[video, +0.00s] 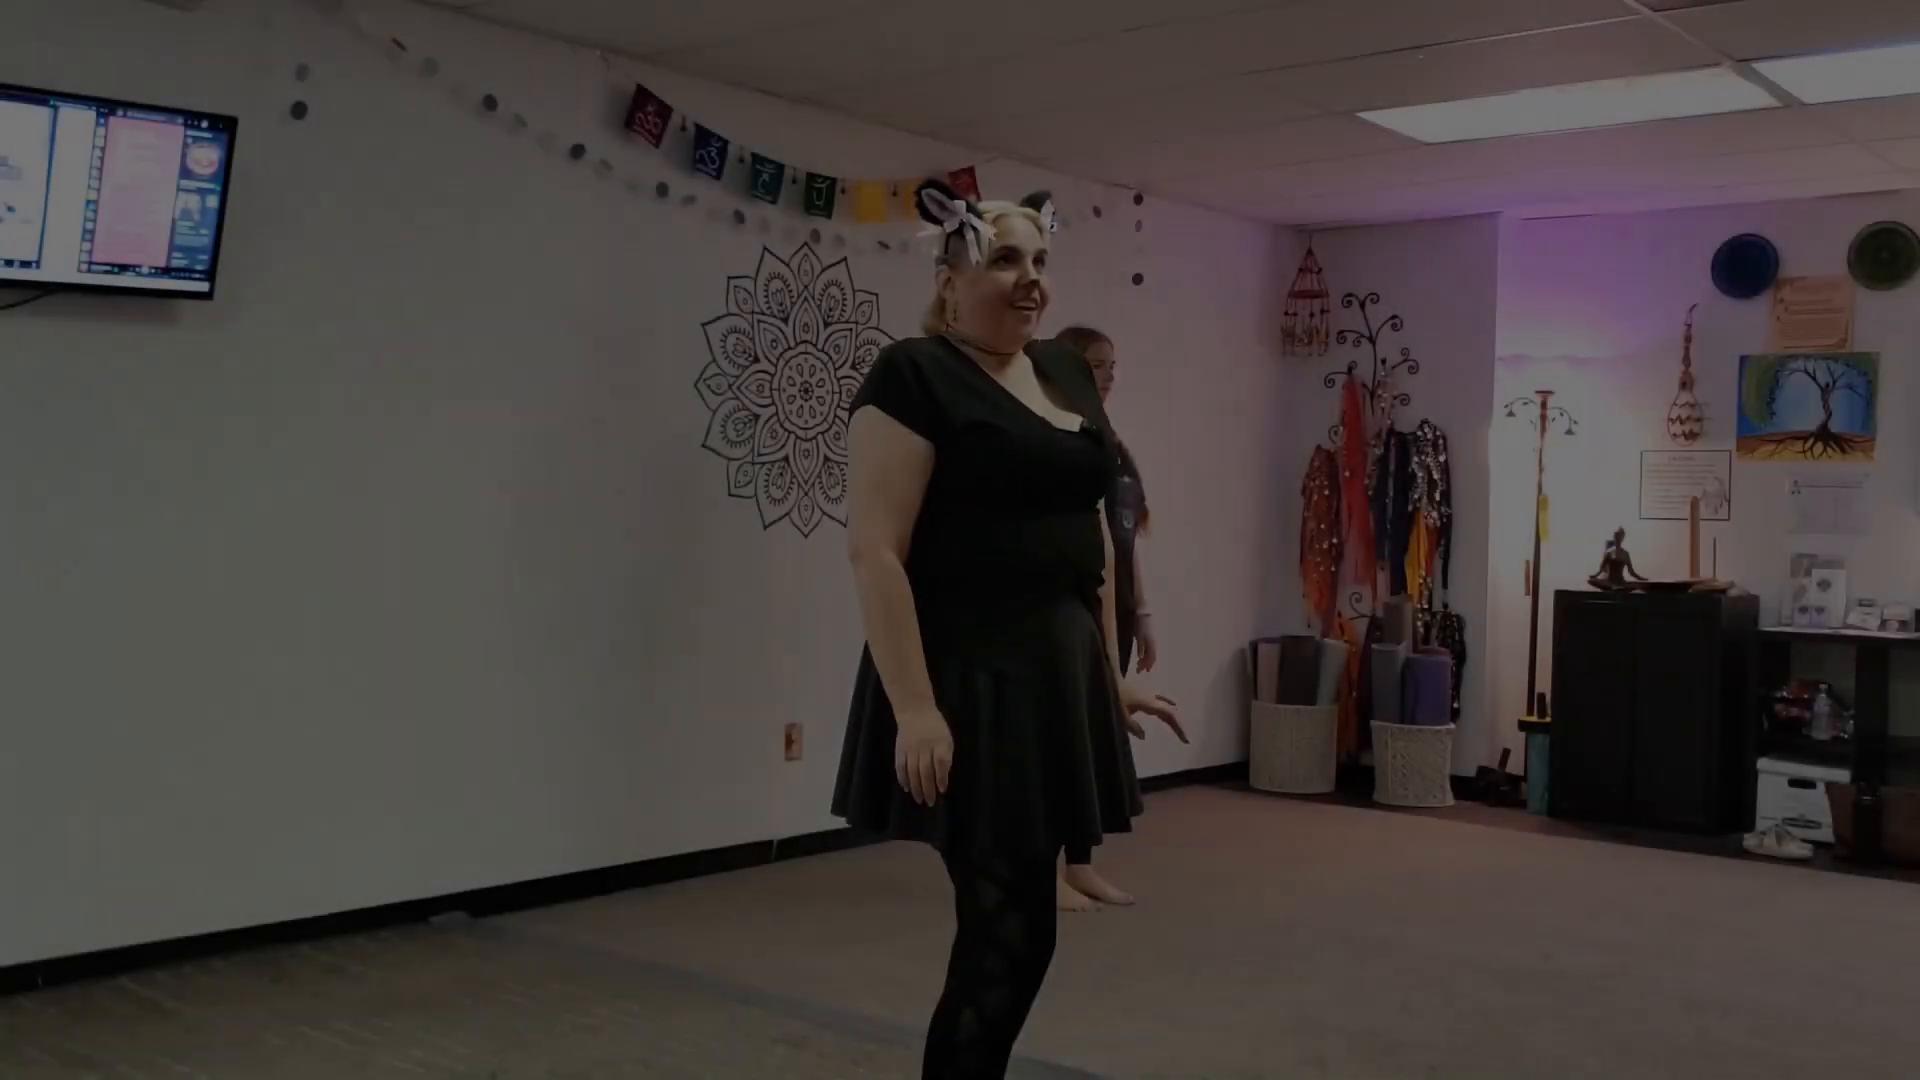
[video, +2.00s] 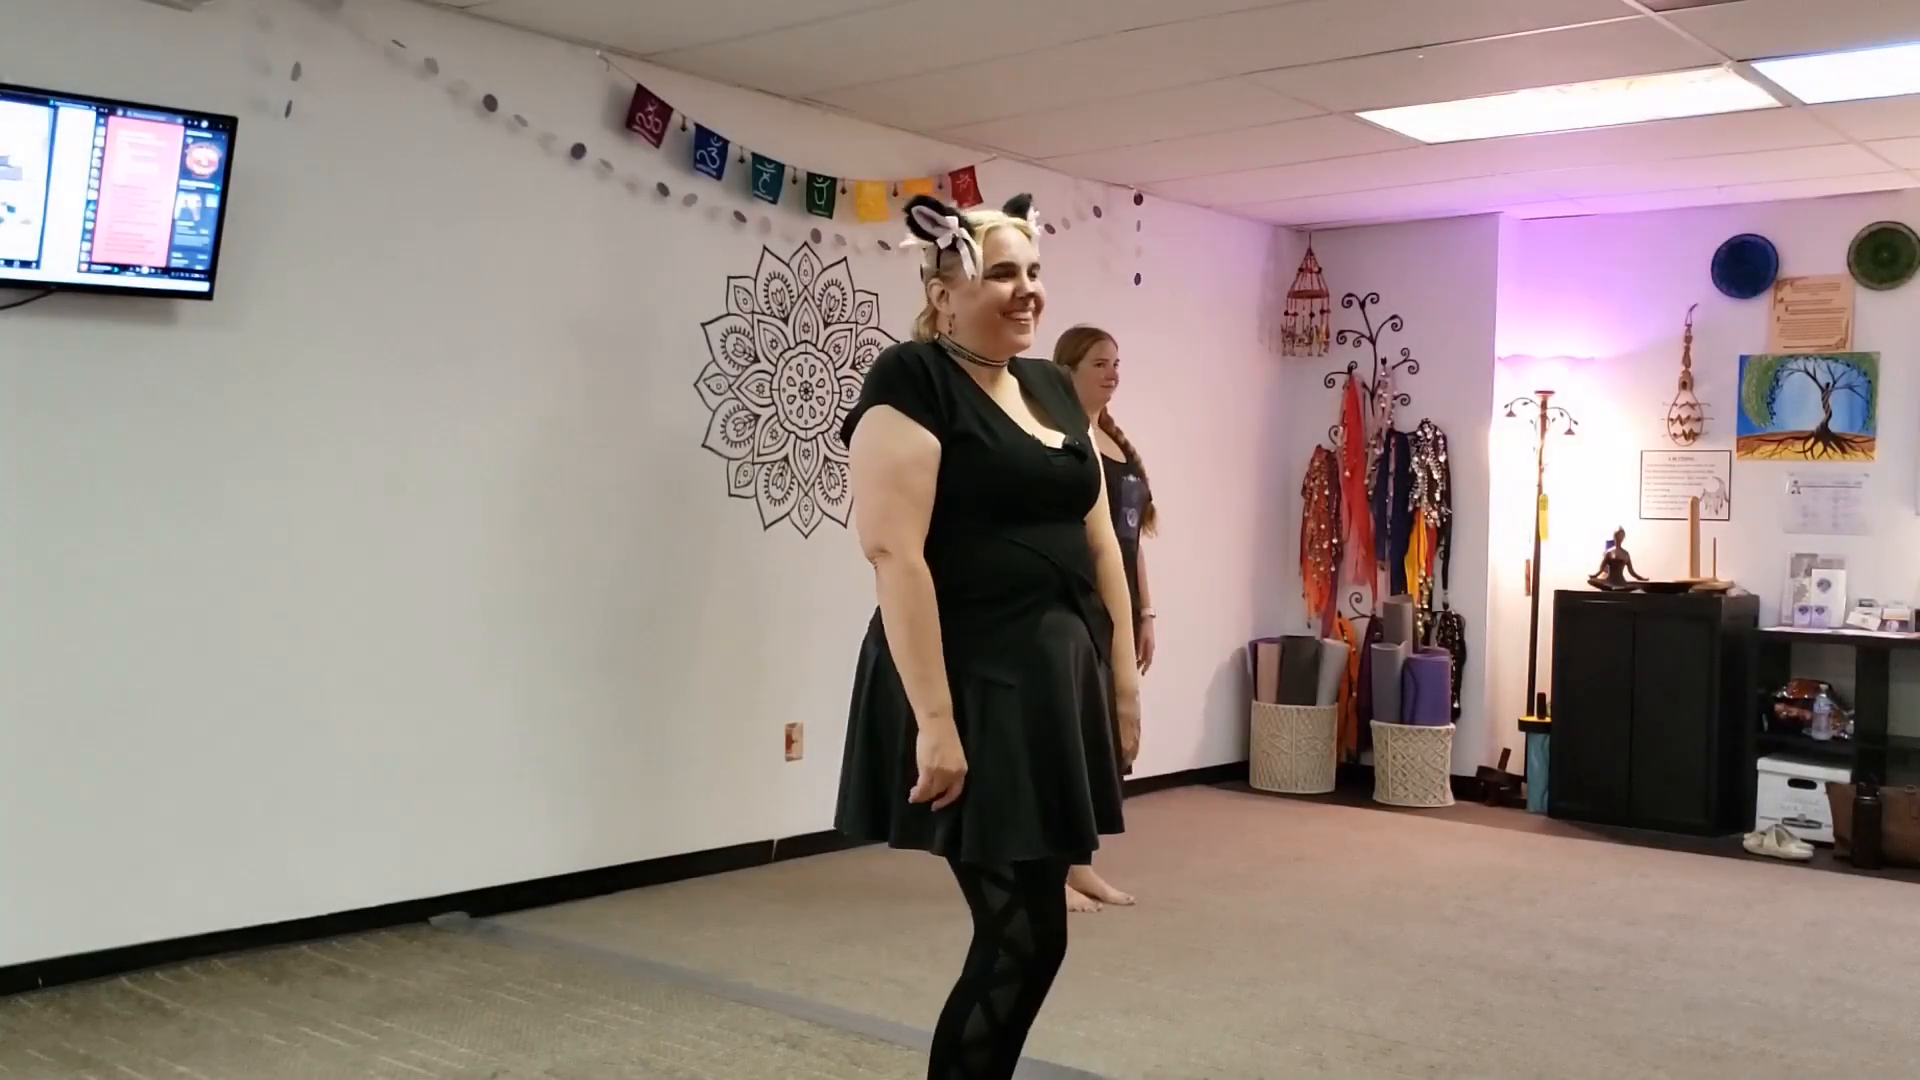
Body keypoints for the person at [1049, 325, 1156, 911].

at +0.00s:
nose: (1109, 377)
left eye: (1111, 367)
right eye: (1099, 368)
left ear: (1107, 373)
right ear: (1067, 371)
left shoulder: (1106, 443)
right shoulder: (1041, 439)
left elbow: (1124, 539)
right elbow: (1052, 534)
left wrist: (1140, 616)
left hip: (1103, 608)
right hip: (1048, 607)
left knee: (1089, 729)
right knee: (1046, 731)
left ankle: (1079, 860)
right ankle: (1045, 867)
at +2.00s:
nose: (1113, 374)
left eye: (1116, 365)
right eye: (1102, 365)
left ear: (1115, 373)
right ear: (1068, 371)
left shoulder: (1119, 443)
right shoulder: (1054, 436)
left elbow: (1131, 536)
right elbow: (1051, 530)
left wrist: (1145, 613)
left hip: (1112, 605)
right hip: (1062, 603)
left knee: (1092, 727)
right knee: (1057, 729)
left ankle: (1079, 858)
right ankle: (1051, 866)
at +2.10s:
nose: (1114, 374)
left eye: (1117, 365)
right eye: (1102, 365)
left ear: (1117, 373)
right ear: (1069, 370)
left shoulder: (1119, 441)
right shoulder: (1056, 435)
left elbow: (1132, 533)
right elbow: (1055, 527)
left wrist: (1145, 611)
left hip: (1116, 601)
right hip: (1068, 600)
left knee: (1101, 721)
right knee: (1073, 721)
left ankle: (1079, 853)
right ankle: (1072, 856)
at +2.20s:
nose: (1115, 374)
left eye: (1118, 364)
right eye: (1104, 365)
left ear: (1116, 372)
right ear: (1071, 368)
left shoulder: (1116, 435)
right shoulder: (1057, 430)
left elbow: (1137, 500)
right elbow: (1061, 511)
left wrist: (1142, 520)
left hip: (1122, 591)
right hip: (1074, 593)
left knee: (1093, 723)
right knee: (1075, 724)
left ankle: (1075, 861)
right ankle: (1076, 868)